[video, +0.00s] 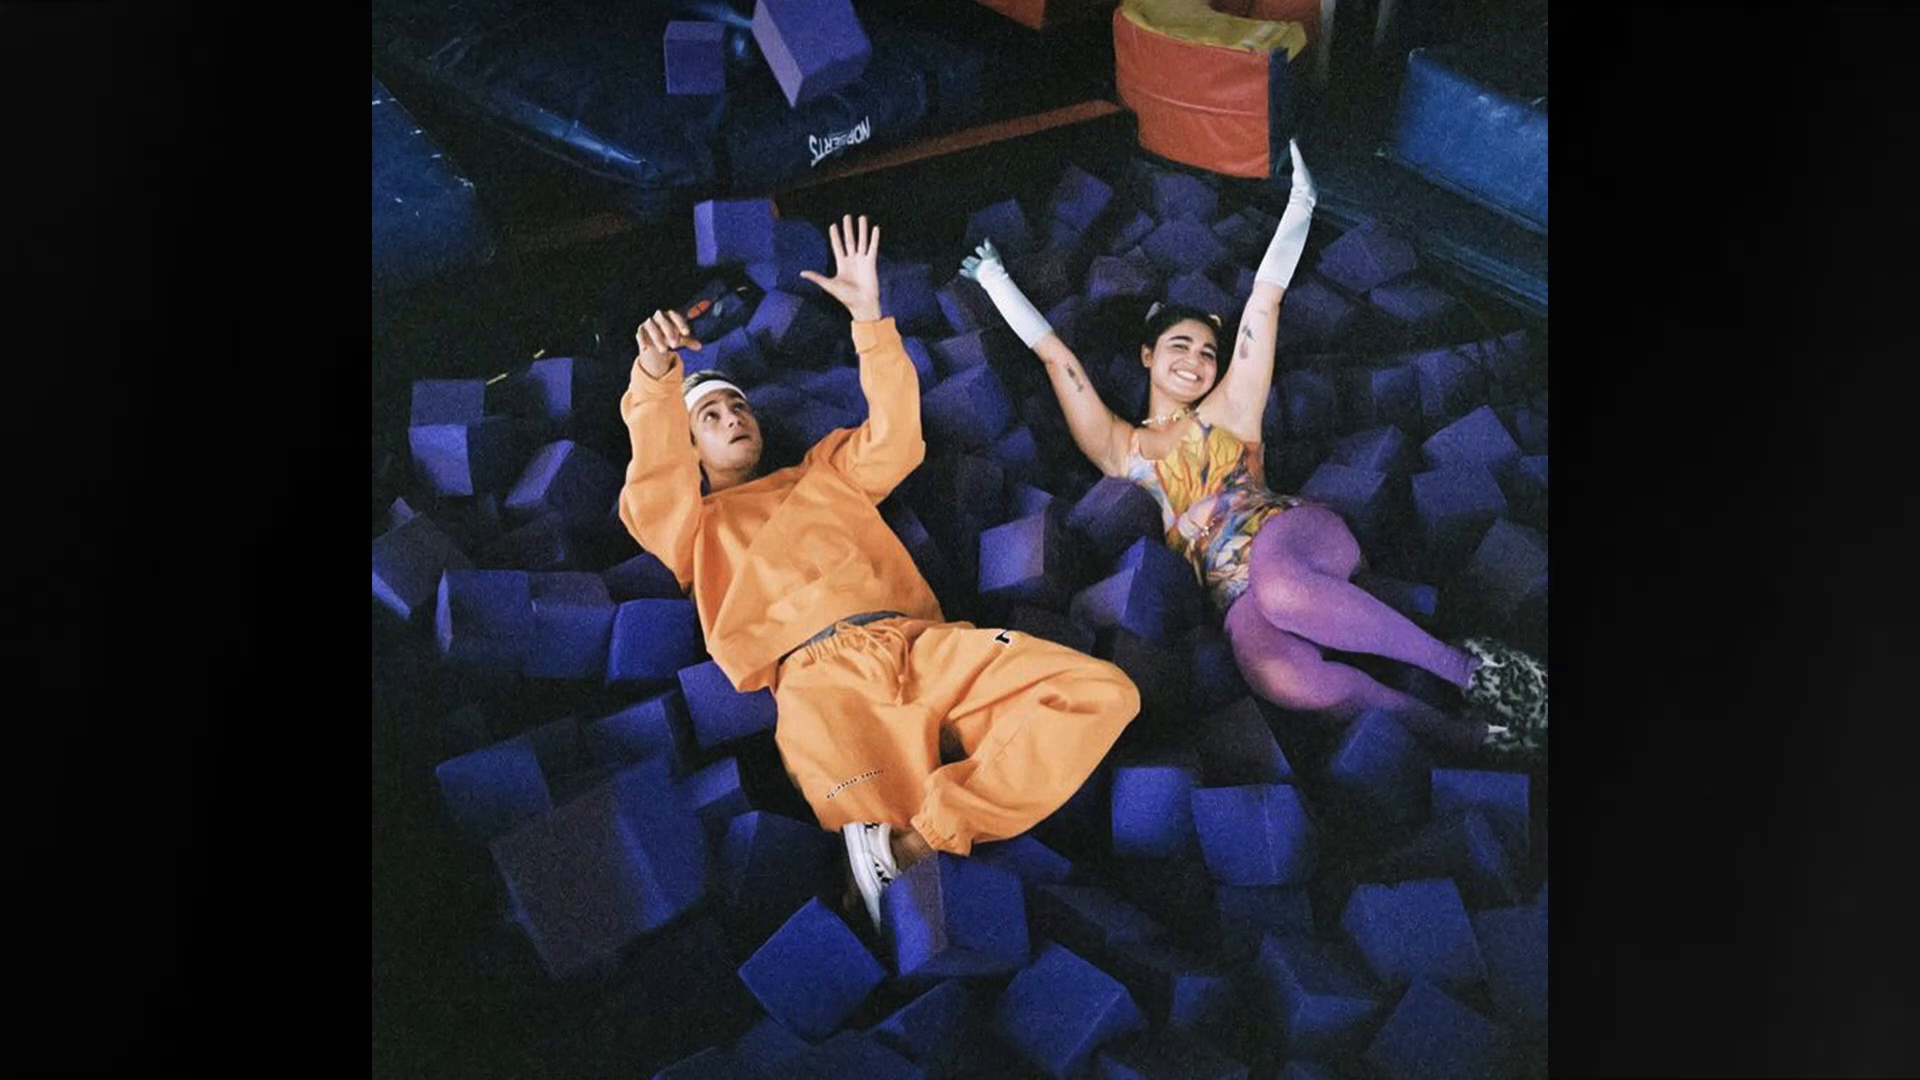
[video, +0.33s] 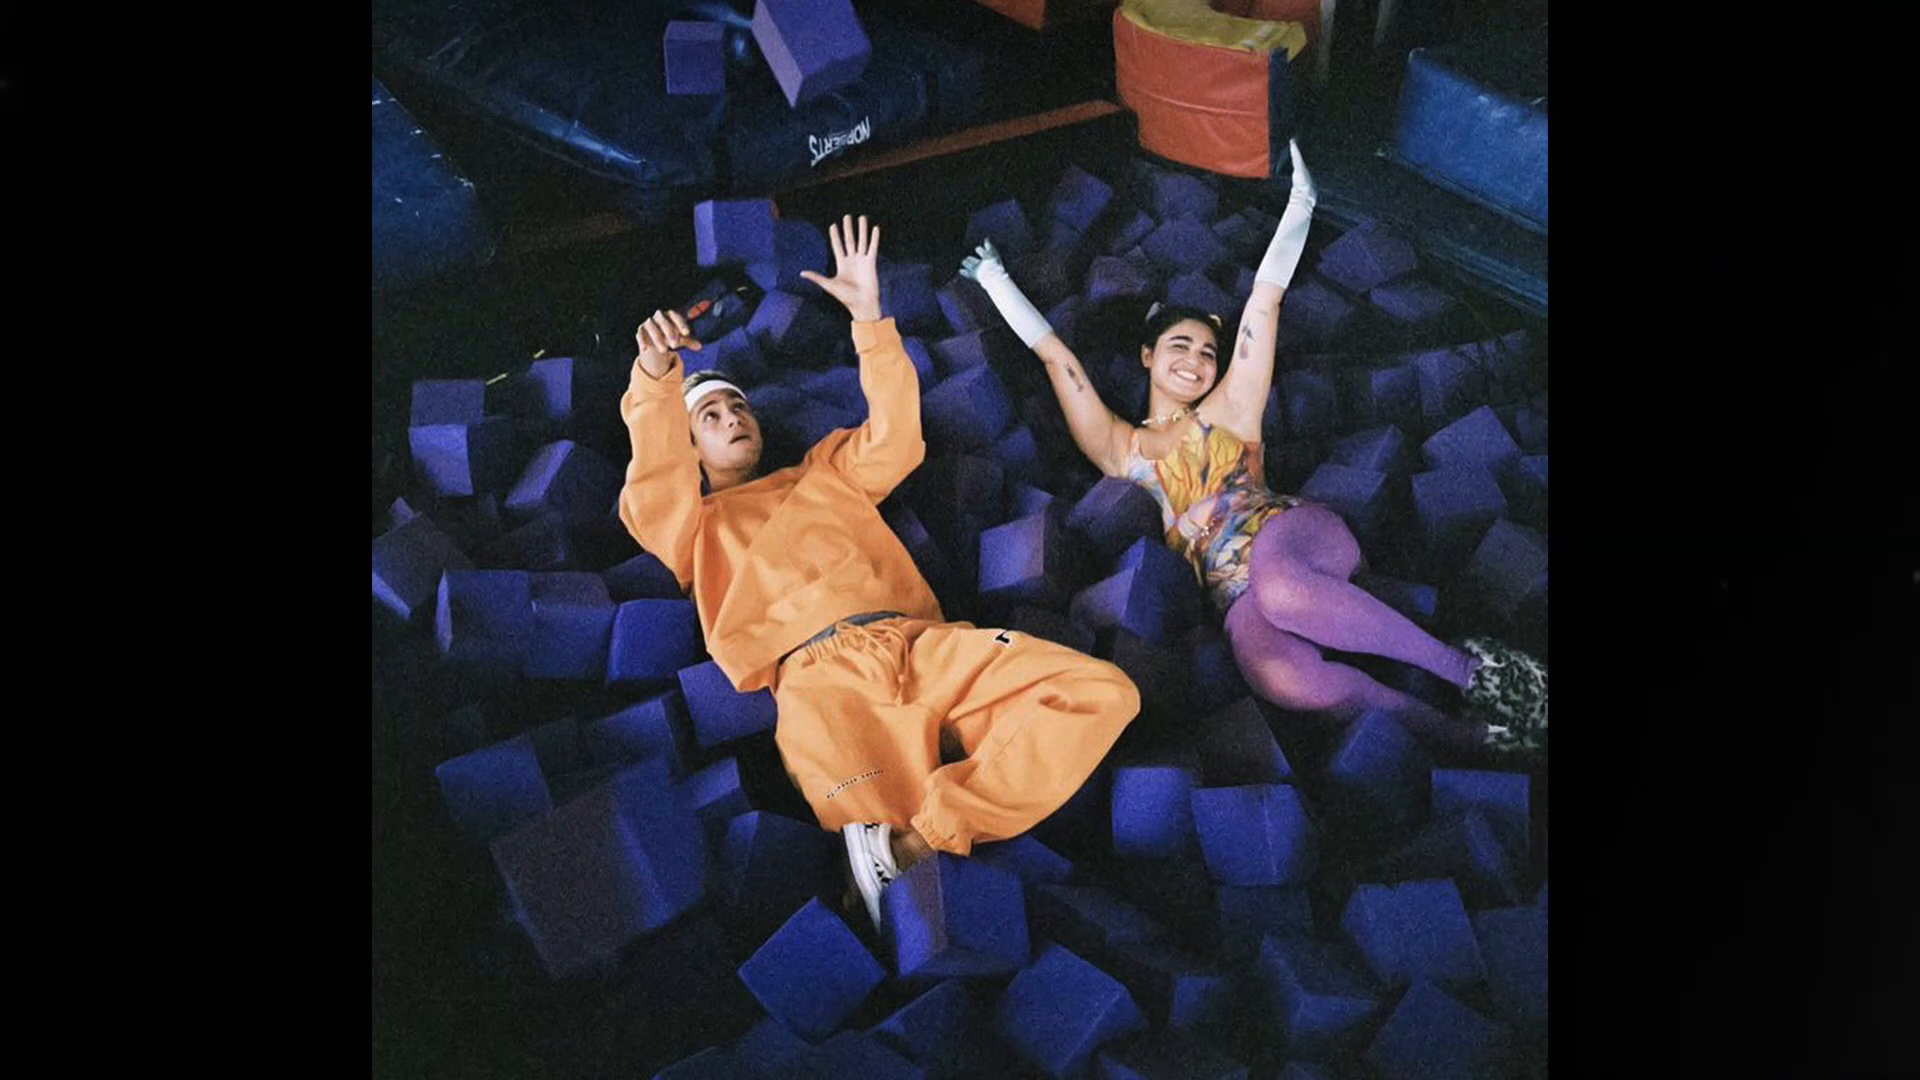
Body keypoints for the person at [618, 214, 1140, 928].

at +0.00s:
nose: (730, 418)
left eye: (738, 407)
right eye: (709, 415)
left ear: (761, 426)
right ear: (688, 449)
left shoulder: (827, 468)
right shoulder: (696, 525)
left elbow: (895, 435)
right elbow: (654, 477)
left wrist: (868, 316)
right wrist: (655, 374)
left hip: (917, 640)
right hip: (819, 673)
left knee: (1094, 693)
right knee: (880, 826)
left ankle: (915, 841)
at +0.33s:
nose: (730, 418)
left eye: (738, 407)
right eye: (709, 415)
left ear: (761, 426)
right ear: (688, 448)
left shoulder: (827, 468)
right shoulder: (695, 525)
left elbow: (895, 436)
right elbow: (654, 477)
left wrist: (868, 317)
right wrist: (655, 373)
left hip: (918, 640)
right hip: (819, 673)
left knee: (1094, 692)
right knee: (880, 827)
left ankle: (917, 841)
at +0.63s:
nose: (730, 418)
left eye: (738, 407)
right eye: (709, 415)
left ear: (761, 426)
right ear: (688, 449)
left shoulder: (827, 468)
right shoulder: (696, 525)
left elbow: (895, 435)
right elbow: (654, 477)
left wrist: (868, 316)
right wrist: (655, 374)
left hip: (917, 640)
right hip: (819, 673)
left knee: (1094, 693)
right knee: (880, 826)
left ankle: (915, 841)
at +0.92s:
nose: (730, 418)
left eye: (738, 407)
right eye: (709, 415)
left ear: (761, 426)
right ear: (688, 448)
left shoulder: (827, 468)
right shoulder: (695, 525)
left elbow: (895, 436)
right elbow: (654, 477)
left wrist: (868, 317)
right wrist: (655, 373)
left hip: (918, 640)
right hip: (819, 672)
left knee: (1094, 692)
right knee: (880, 827)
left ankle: (917, 841)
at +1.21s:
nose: (730, 418)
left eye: (738, 407)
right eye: (709, 415)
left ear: (761, 426)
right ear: (688, 448)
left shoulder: (827, 468)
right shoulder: (695, 525)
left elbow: (895, 436)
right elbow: (654, 477)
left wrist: (868, 317)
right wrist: (655, 373)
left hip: (918, 640)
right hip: (819, 673)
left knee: (1094, 692)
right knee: (880, 827)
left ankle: (917, 841)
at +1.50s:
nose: (731, 418)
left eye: (738, 407)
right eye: (709, 415)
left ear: (760, 425)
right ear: (688, 449)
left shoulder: (827, 468)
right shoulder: (696, 525)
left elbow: (895, 436)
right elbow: (655, 476)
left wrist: (868, 317)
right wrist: (655, 373)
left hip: (918, 641)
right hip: (820, 673)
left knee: (1094, 692)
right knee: (883, 831)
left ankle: (916, 841)